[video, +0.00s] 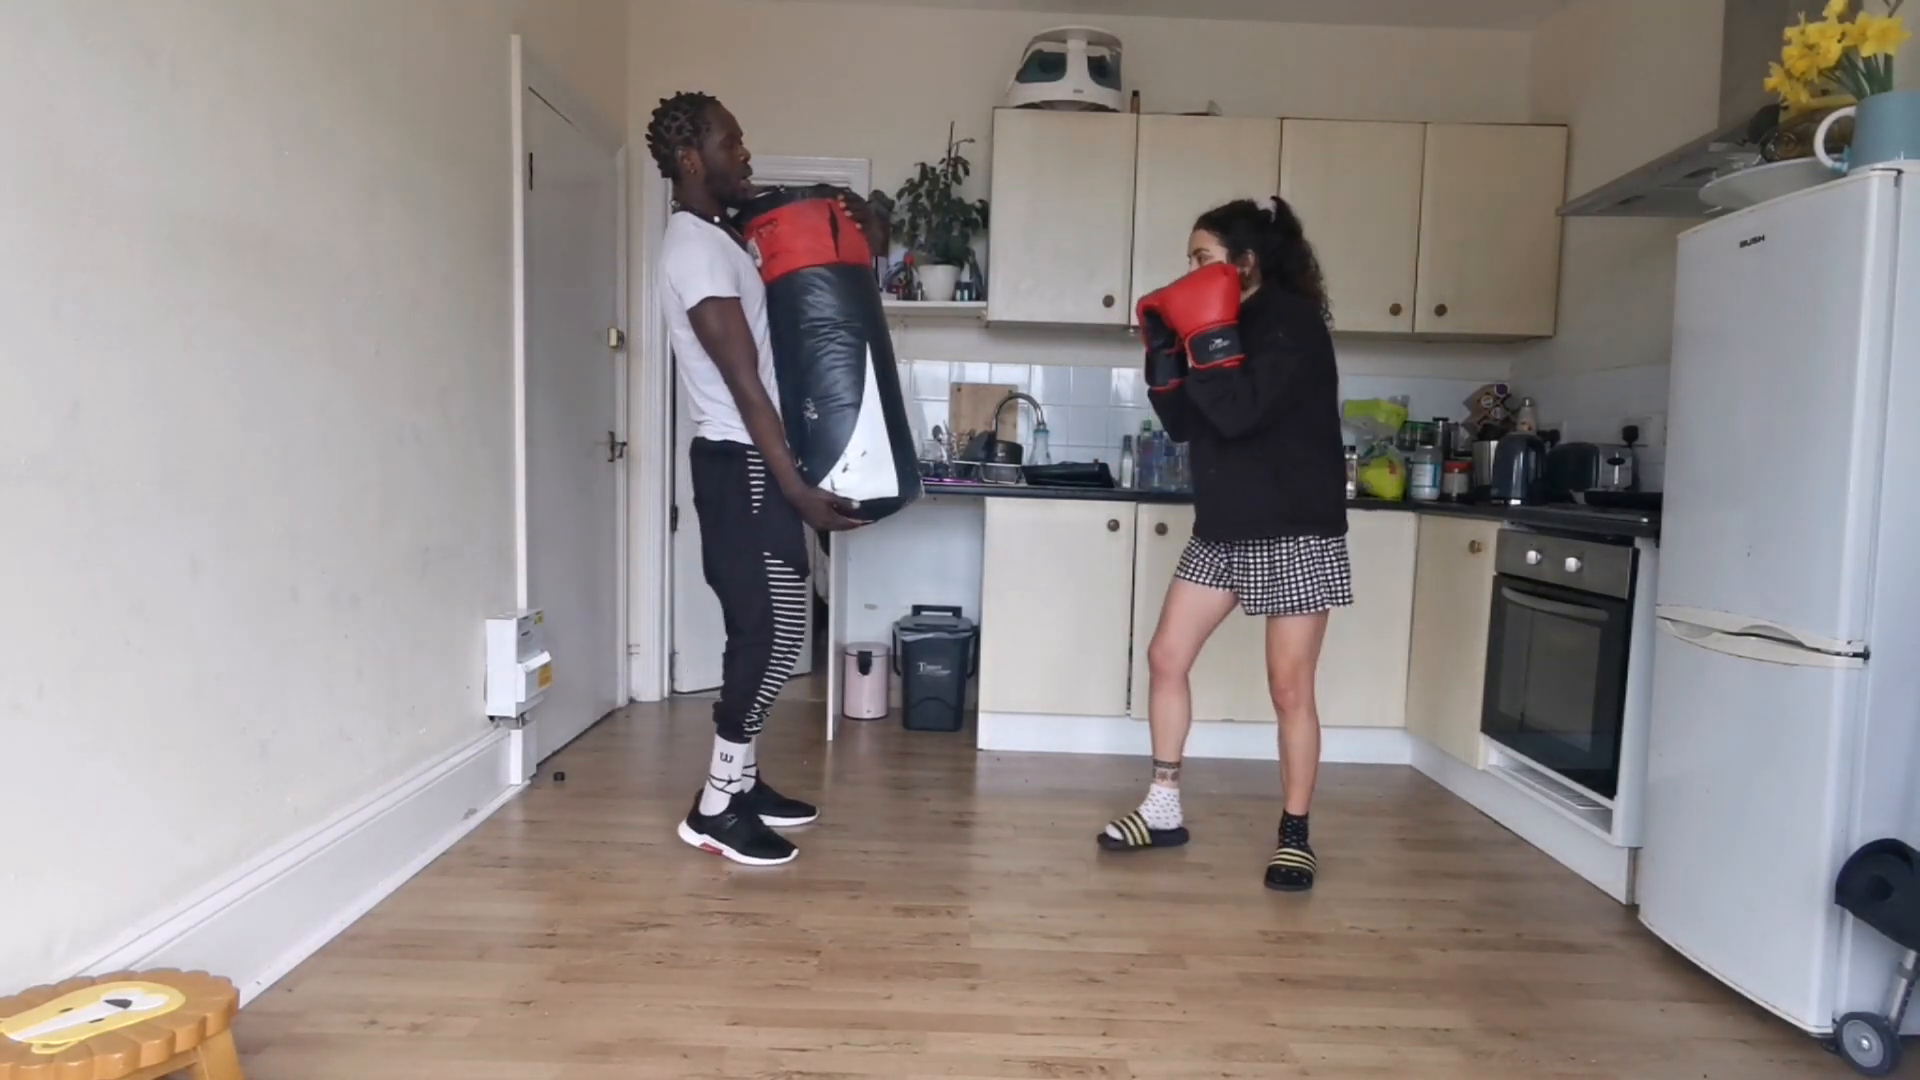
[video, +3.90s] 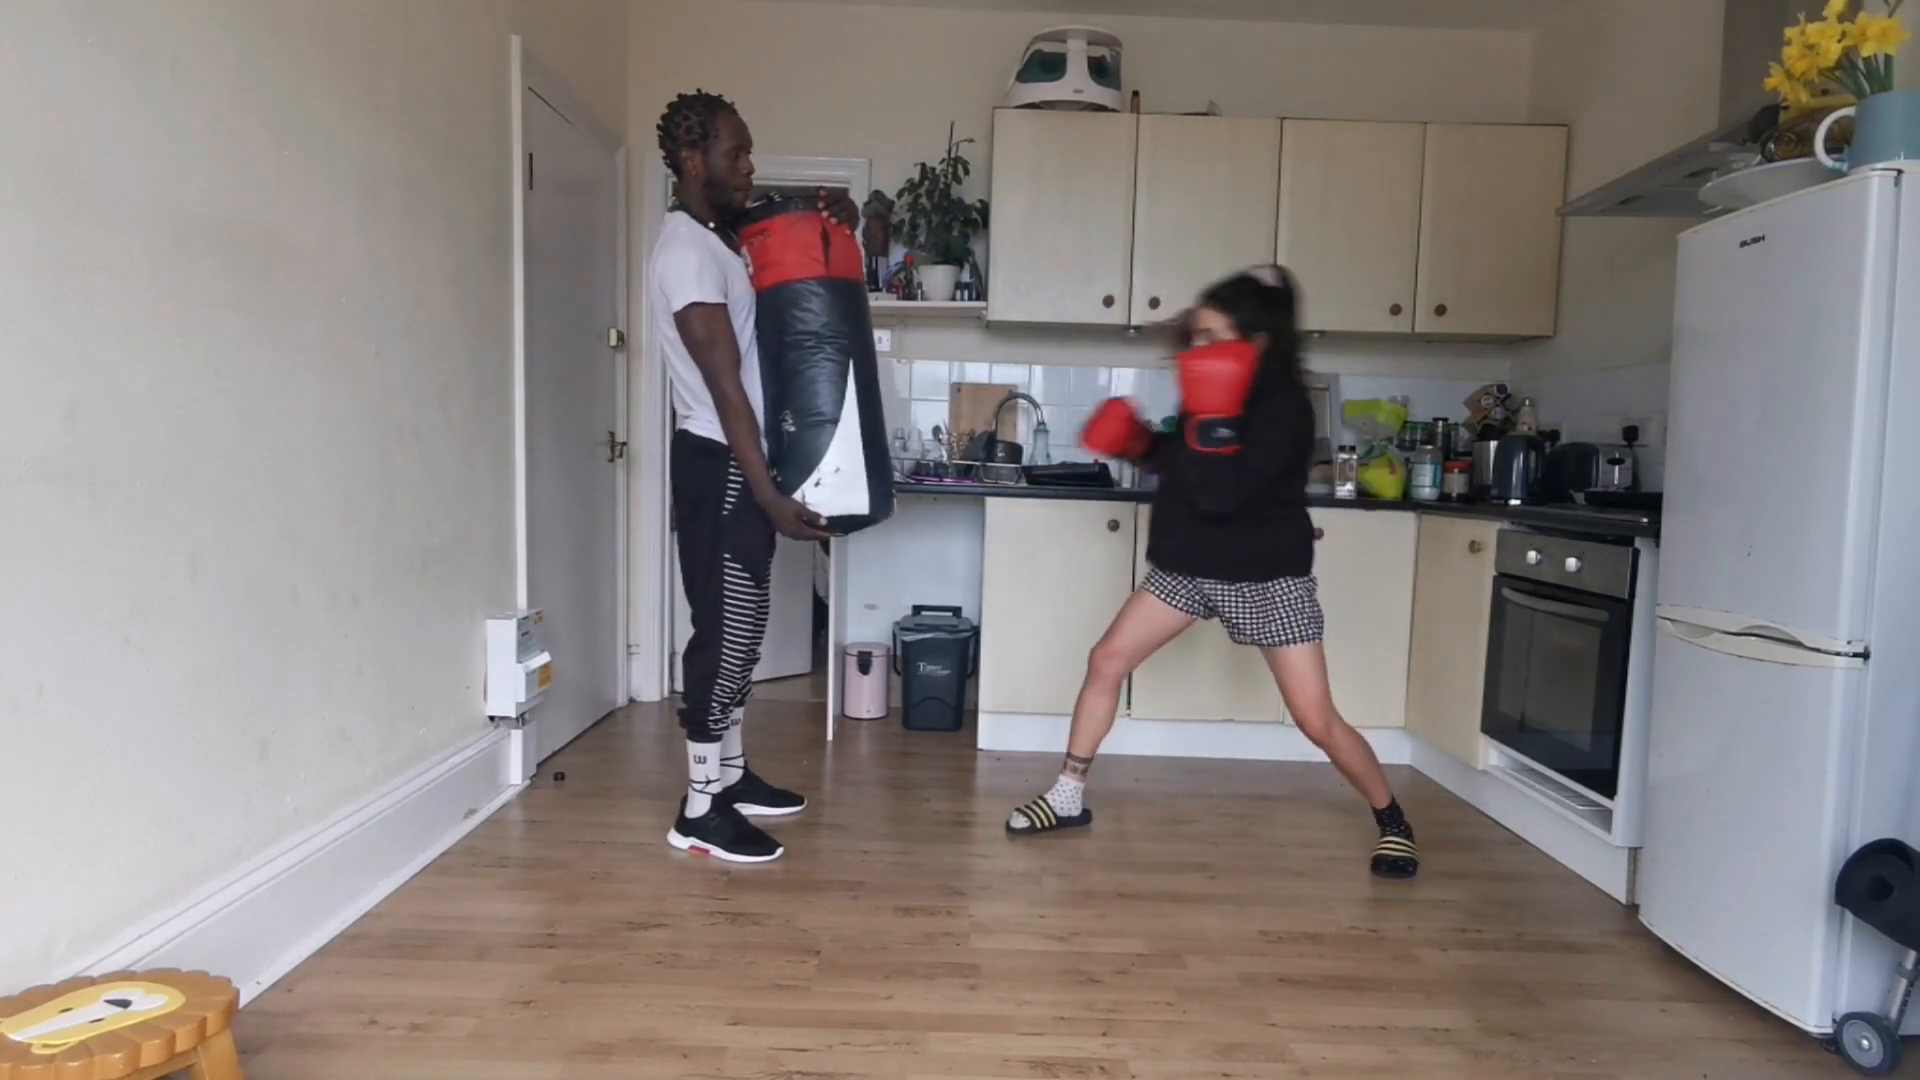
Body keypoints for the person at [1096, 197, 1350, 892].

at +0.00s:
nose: (1195, 270)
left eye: (1205, 258)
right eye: (1193, 259)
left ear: (1248, 260)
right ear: (1222, 264)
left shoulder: (1291, 320)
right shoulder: (1221, 325)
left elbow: (1239, 413)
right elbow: (1184, 423)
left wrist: (1208, 333)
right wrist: (1160, 348)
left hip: (1298, 526)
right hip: (1226, 524)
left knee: (1291, 687)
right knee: (1167, 658)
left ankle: (1294, 833)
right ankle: (1164, 806)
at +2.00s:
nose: (1237, 261)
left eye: (1249, 248)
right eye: (1235, 248)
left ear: (1288, 255)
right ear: (1248, 262)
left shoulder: (1323, 318)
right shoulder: (1237, 319)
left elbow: (1247, 382)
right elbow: (1177, 392)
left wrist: (1241, 304)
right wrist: (1186, 305)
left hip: (1293, 518)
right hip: (1218, 514)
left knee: (1297, 684)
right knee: (1180, 674)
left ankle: (1307, 835)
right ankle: (1148, 810)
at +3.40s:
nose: (1215, 307)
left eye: (1225, 292)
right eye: (1212, 295)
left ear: (1270, 292)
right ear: (1238, 299)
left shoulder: (1319, 347)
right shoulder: (1247, 361)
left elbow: (1271, 435)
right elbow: (1209, 451)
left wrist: (1240, 358)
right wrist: (1170, 398)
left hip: (1325, 548)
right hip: (1248, 543)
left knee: (1343, 709)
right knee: (1156, 654)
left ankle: (1379, 841)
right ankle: (1127, 784)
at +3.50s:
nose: (1148, 307)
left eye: (1159, 292)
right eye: (1146, 295)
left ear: (1200, 288)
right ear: (1158, 299)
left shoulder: (1260, 345)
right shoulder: (1162, 361)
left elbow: (1237, 429)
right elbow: (1130, 434)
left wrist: (1195, 354)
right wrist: (1090, 403)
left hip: (1297, 526)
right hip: (1214, 535)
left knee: (1341, 687)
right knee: (1137, 663)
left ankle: (1380, 834)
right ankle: (1065, 780)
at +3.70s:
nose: (1094, 358)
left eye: (1105, 347)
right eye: (1093, 348)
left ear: (1148, 344)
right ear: (1118, 349)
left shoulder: (1199, 394)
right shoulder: (1117, 404)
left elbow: (1172, 483)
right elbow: (1035, 420)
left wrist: (1128, 415)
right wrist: (951, 405)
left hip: (1257, 557)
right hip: (1175, 563)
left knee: (1317, 706)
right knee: (1092, 659)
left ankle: (1395, 812)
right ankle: (1066, 795)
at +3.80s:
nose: (1112, 353)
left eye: (1126, 341)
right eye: (1114, 341)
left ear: (1170, 347)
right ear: (1137, 343)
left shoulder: (1216, 398)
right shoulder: (1131, 396)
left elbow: (1173, 493)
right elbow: (1065, 438)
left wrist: (1146, 421)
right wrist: (1003, 433)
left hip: (1255, 558)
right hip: (1176, 561)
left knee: (1311, 709)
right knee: (1094, 656)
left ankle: (1397, 805)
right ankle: (1065, 794)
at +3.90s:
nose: (1196, 346)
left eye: (1210, 334)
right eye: (1195, 333)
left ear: (1255, 341)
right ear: (1200, 333)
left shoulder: (1282, 402)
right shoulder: (1210, 394)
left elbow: (1225, 493)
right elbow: (1190, 468)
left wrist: (1214, 417)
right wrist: (1139, 444)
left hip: (1271, 572)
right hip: (1189, 563)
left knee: (1317, 721)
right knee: (1107, 661)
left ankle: (1391, 819)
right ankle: (1069, 792)